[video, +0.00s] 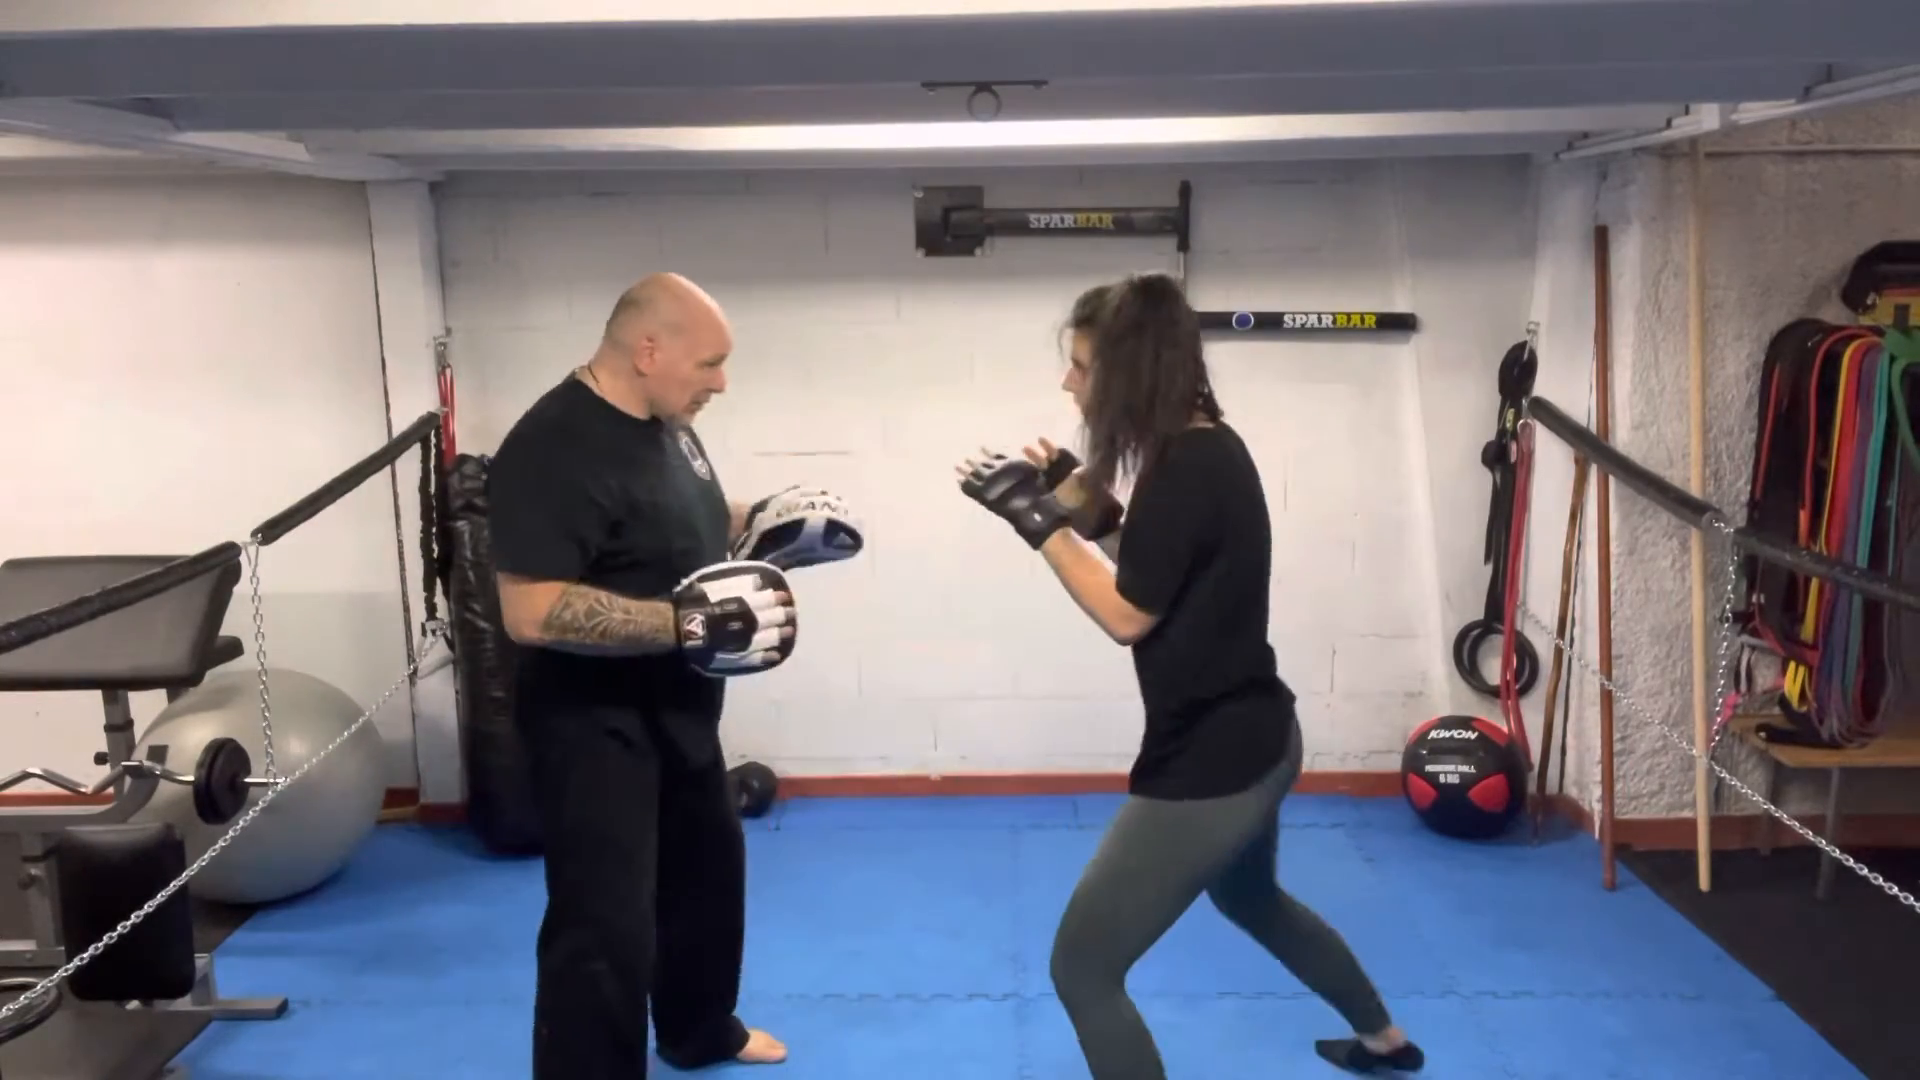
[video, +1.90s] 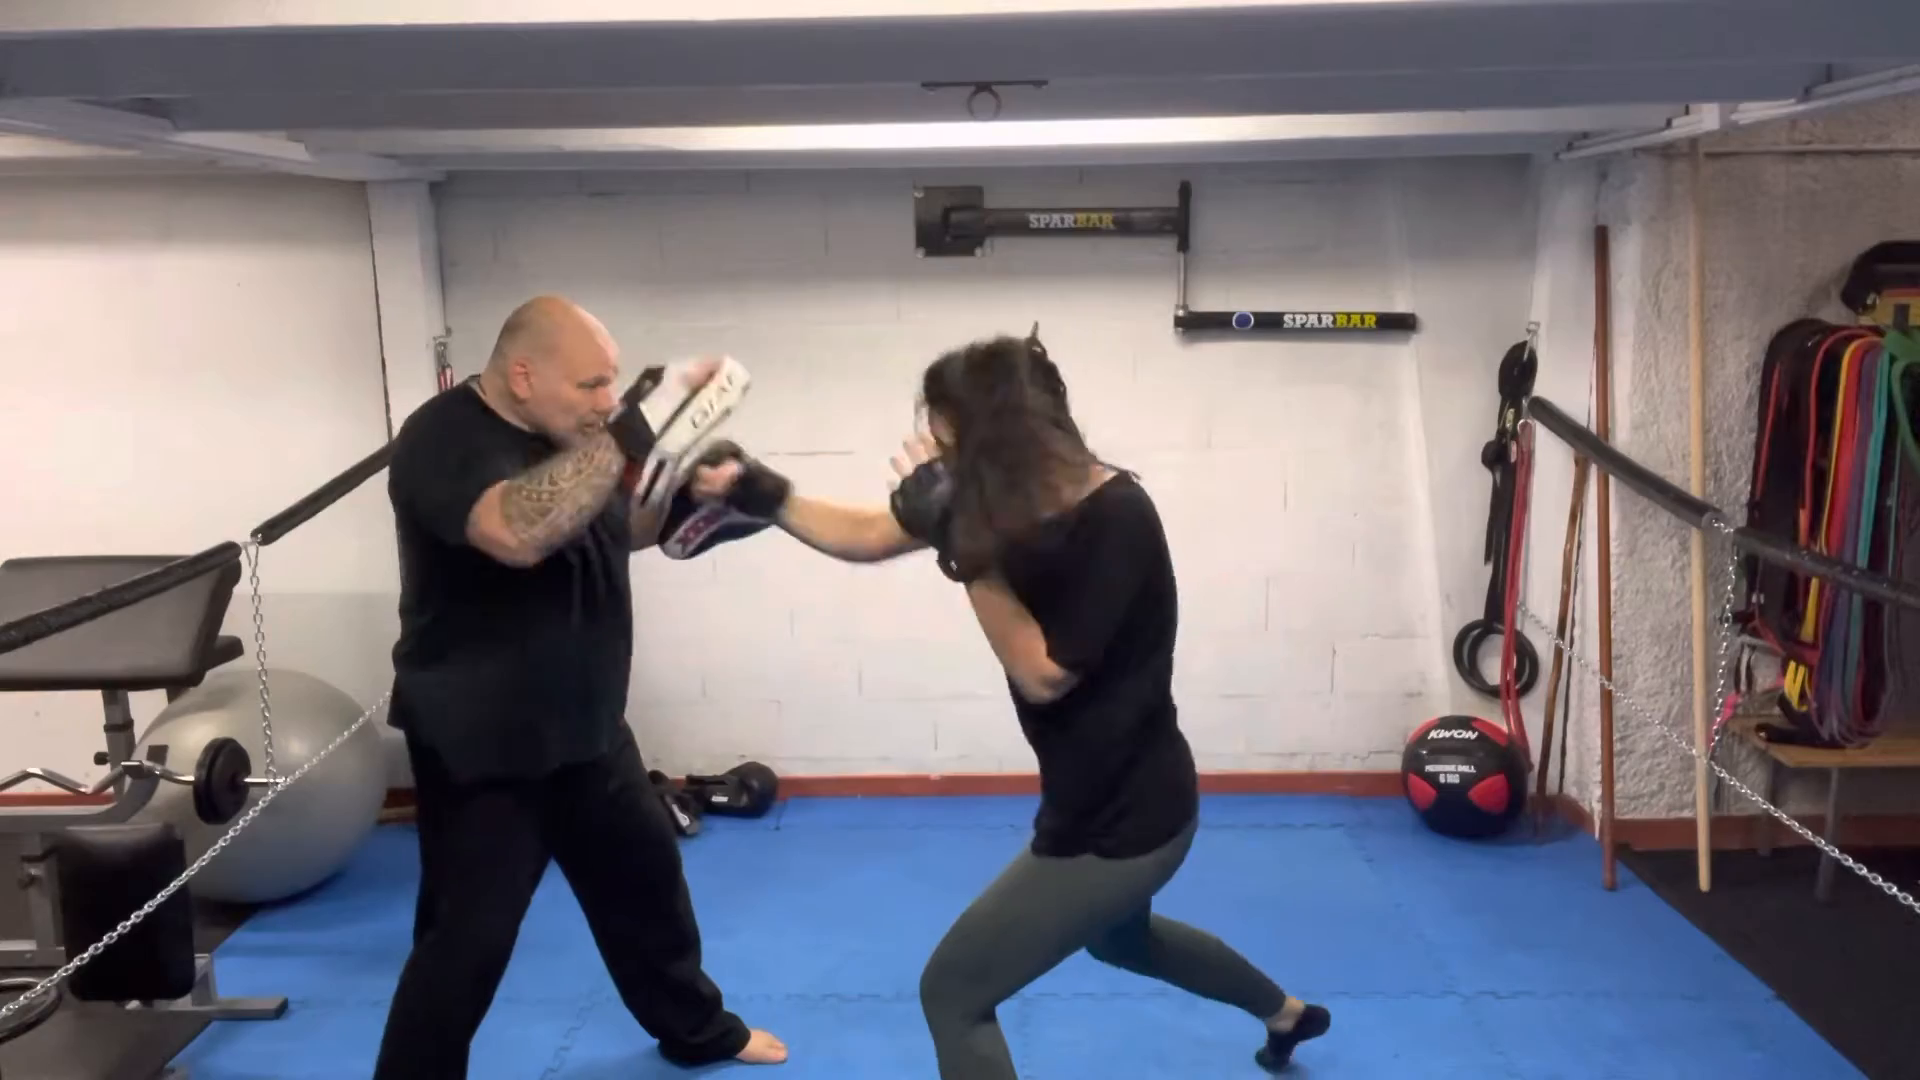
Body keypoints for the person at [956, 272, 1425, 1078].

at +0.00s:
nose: (1066, 383)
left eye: (1078, 366)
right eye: (1068, 365)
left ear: (1128, 369)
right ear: (1154, 364)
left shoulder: (1184, 464)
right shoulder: (1209, 448)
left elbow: (1126, 617)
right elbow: (1163, 564)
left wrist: (1040, 522)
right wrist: (1087, 503)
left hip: (1210, 763)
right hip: (1257, 740)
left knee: (1082, 967)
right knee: (1251, 897)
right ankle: (1382, 1036)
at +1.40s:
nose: (1086, 421)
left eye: (1087, 404)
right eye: (1081, 405)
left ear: (1130, 400)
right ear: (1189, 384)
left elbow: (1017, 550)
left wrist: (984, 478)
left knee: (1038, 963)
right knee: (1259, 891)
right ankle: (1326, 1062)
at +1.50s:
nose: (1062, 422)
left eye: (1064, 406)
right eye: (1061, 406)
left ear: (1090, 403)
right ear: (1166, 391)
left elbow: (920, 467)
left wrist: (830, 423)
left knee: (1002, 979)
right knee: (1236, 900)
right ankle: (1318, 1063)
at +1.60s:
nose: (1014, 439)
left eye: (1014, 422)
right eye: (1009, 422)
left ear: (1045, 418)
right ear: (1114, 399)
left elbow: (909, 544)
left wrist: (846, 455)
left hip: (1111, 822)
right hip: (1199, 799)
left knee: (961, 985)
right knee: (1170, 912)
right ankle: (1303, 1052)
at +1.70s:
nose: (946, 449)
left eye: (954, 434)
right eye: (944, 433)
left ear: (1007, 437)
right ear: (1039, 423)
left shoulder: (1082, 529)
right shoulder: (1112, 496)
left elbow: (976, 644)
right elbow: (1047, 554)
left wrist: (934, 520)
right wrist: (981, 495)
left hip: (1103, 841)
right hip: (1147, 808)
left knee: (938, 990)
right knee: (1126, 930)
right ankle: (1286, 1032)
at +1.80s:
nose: (928, 460)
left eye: (938, 451)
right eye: (928, 448)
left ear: (993, 458)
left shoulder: (1116, 523)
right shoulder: (1015, 493)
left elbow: (1034, 666)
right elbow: (864, 461)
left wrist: (962, 533)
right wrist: (737, 458)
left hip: (1115, 833)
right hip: (1094, 809)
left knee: (942, 995)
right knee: (1125, 944)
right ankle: (1290, 1029)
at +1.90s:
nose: (932, 453)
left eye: (940, 437)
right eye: (930, 438)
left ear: (993, 436)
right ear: (1020, 428)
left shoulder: (1112, 521)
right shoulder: (1016, 504)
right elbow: (869, 532)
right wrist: (758, 491)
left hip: (1119, 827)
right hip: (1099, 802)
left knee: (953, 993)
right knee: (1123, 936)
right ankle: (1285, 1012)